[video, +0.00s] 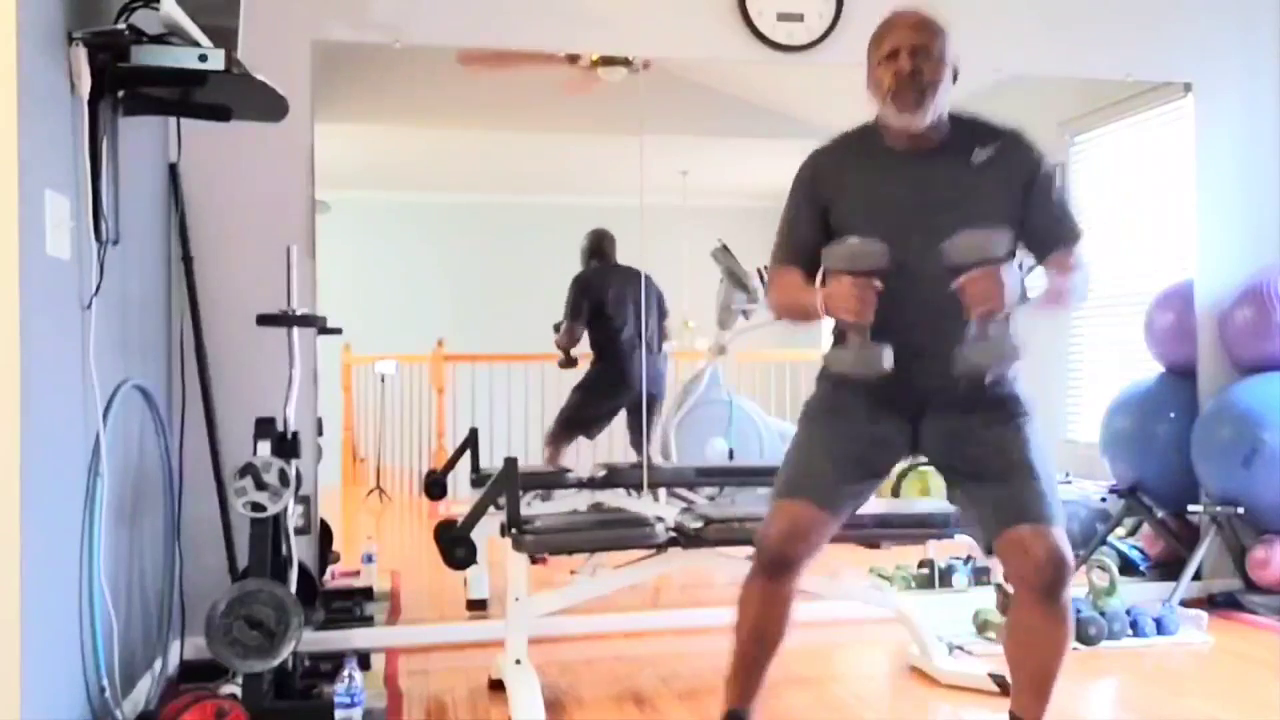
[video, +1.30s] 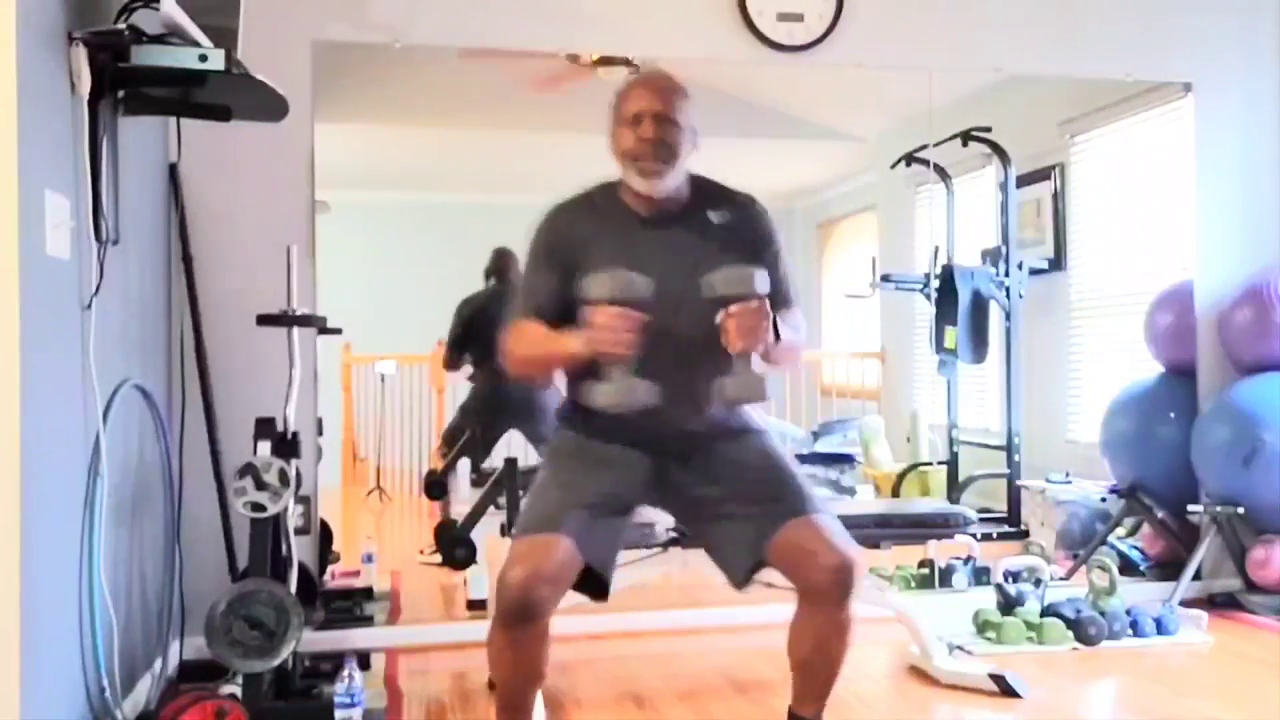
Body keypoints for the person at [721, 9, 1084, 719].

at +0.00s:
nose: (904, 66)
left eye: (921, 54)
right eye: (889, 56)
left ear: (951, 72)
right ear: (870, 76)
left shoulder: (1007, 157)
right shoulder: (828, 169)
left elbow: (1067, 272)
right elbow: (782, 289)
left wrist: (1018, 286)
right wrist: (822, 296)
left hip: (975, 399)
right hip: (859, 394)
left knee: (1045, 565)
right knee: (778, 547)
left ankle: (1027, 716)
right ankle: (736, 710)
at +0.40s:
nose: (796, 61)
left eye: (812, 46)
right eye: (781, 48)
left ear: (842, 56)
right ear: (760, 62)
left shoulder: (894, 142)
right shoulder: (726, 155)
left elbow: (955, 250)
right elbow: (674, 265)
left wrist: (934, 267)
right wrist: (702, 282)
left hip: (867, 376)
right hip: (758, 380)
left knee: (946, 538)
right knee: (717, 555)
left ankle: (975, 703)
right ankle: (718, 713)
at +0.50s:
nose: (777, 22)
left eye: (795, 6)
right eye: (760, 7)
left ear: (828, 14)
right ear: (740, 18)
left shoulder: (878, 111)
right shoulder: (704, 119)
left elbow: (920, 209)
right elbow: (657, 223)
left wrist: (931, 231)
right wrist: (659, 250)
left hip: (846, 356)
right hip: (735, 360)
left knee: (906, 529)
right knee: (713, 546)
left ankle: (878, 696)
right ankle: (718, 714)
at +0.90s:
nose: (745, 18)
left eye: (762, 3)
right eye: (730, 4)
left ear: (791, 14)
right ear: (712, 15)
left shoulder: (842, 110)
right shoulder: (667, 107)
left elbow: (891, 212)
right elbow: (603, 212)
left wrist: (875, 232)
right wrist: (632, 240)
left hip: (787, 364)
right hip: (676, 358)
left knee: (812, 544)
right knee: (632, 522)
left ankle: (803, 715)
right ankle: (656, 692)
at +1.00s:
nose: (732, 41)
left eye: (749, 26)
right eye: (717, 29)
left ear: (776, 39)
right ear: (698, 44)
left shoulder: (822, 137)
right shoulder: (654, 141)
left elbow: (879, 254)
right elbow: (596, 263)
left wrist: (847, 254)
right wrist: (655, 268)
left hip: (777, 382)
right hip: (666, 375)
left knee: (829, 553)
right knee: (596, 537)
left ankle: (806, 714)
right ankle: (569, 703)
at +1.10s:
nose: (711, 95)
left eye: (726, 83)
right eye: (696, 82)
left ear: (751, 98)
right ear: (674, 98)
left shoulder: (796, 186)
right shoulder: (631, 193)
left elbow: (842, 309)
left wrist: (806, 306)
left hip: (765, 418)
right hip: (653, 414)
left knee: (856, 566)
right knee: (562, 567)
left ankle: (810, 716)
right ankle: (522, 713)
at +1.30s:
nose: (649, 136)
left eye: (665, 122)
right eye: (634, 121)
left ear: (691, 135)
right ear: (612, 134)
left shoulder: (740, 218)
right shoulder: (570, 224)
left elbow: (792, 342)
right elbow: (516, 347)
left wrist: (765, 335)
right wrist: (583, 341)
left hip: (719, 437)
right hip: (602, 439)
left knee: (831, 569)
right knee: (521, 591)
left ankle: (805, 715)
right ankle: (514, 717)